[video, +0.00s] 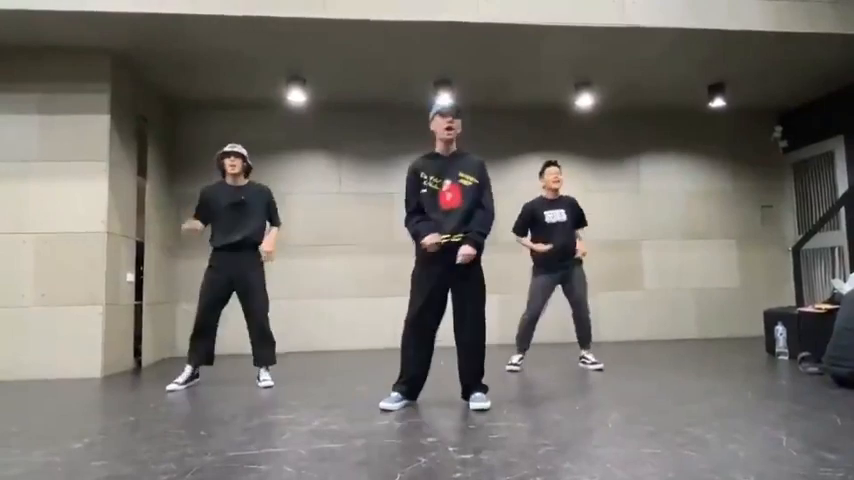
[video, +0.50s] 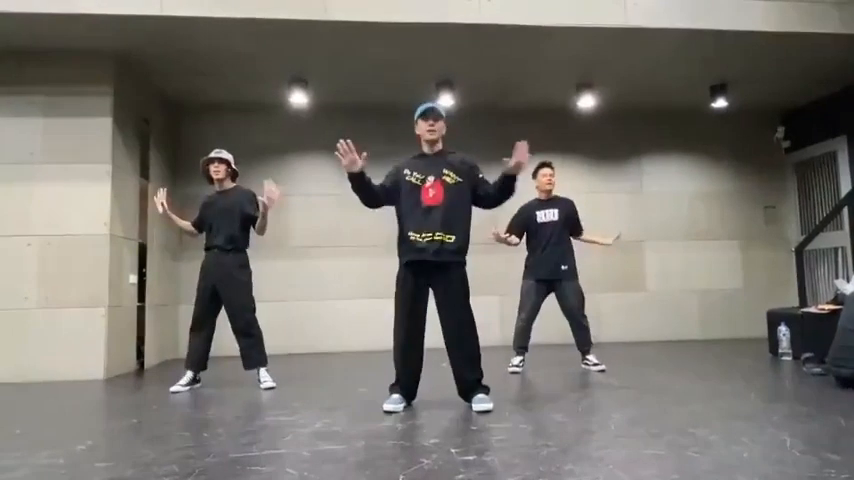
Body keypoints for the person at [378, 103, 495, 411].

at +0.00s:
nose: (450, 123)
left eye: (454, 118)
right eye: (443, 117)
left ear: (460, 126)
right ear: (431, 125)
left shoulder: (475, 166)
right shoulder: (419, 168)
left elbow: (485, 209)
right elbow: (412, 212)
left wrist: (473, 241)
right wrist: (424, 233)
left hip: (467, 257)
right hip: (431, 258)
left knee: (471, 325)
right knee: (419, 323)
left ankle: (474, 389)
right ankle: (405, 389)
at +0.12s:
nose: (455, 121)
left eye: (459, 117)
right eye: (448, 116)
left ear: (463, 124)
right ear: (434, 123)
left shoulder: (473, 167)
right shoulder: (421, 164)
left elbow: (482, 209)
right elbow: (417, 208)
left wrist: (469, 217)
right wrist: (453, 212)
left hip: (464, 257)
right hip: (430, 257)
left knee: (472, 323)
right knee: (418, 323)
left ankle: (475, 390)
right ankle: (401, 389)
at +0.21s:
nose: (453, 123)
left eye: (456, 119)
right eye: (446, 118)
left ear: (460, 126)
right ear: (432, 125)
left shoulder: (470, 165)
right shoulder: (419, 163)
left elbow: (474, 210)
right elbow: (420, 197)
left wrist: (455, 207)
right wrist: (466, 199)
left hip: (461, 253)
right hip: (427, 254)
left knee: (470, 321)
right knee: (417, 321)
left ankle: (476, 390)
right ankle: (400, 389)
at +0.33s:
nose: (441, 125)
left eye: (445, 120)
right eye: (435, 120)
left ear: (452, 126)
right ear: (424, 126)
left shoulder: (464, 165)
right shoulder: (414, 163)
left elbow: (481, 205)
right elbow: (395, 191)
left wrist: (470, 178)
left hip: (455, 260)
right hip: (419, 259)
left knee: (464, 324)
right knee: (411, 324)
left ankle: (475, 390)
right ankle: (402, 390)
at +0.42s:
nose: (434, 126)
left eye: (439, 121)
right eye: (428, 121)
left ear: (447, 126)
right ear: (419, 127)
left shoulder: (464, 168)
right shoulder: (406, 168)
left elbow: (490, 199)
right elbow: (374, 194)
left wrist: (515, 174)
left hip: (451, 263)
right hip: (414, 263)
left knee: (461, 327)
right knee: (408, 327)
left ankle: (475, 391)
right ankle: (402, 391)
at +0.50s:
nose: (431, 124)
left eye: (436, 119)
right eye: (425, 120)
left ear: (444, 126)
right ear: (416, 127)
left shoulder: (463, 166)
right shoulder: (403, 169)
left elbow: (490, 198)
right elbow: (373, 198)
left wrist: (510, 173)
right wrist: (356, 173)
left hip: (450, 263)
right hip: (412, 264)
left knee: (460, 327)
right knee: (406, 329)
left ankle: (475, 391)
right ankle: (401, 392)